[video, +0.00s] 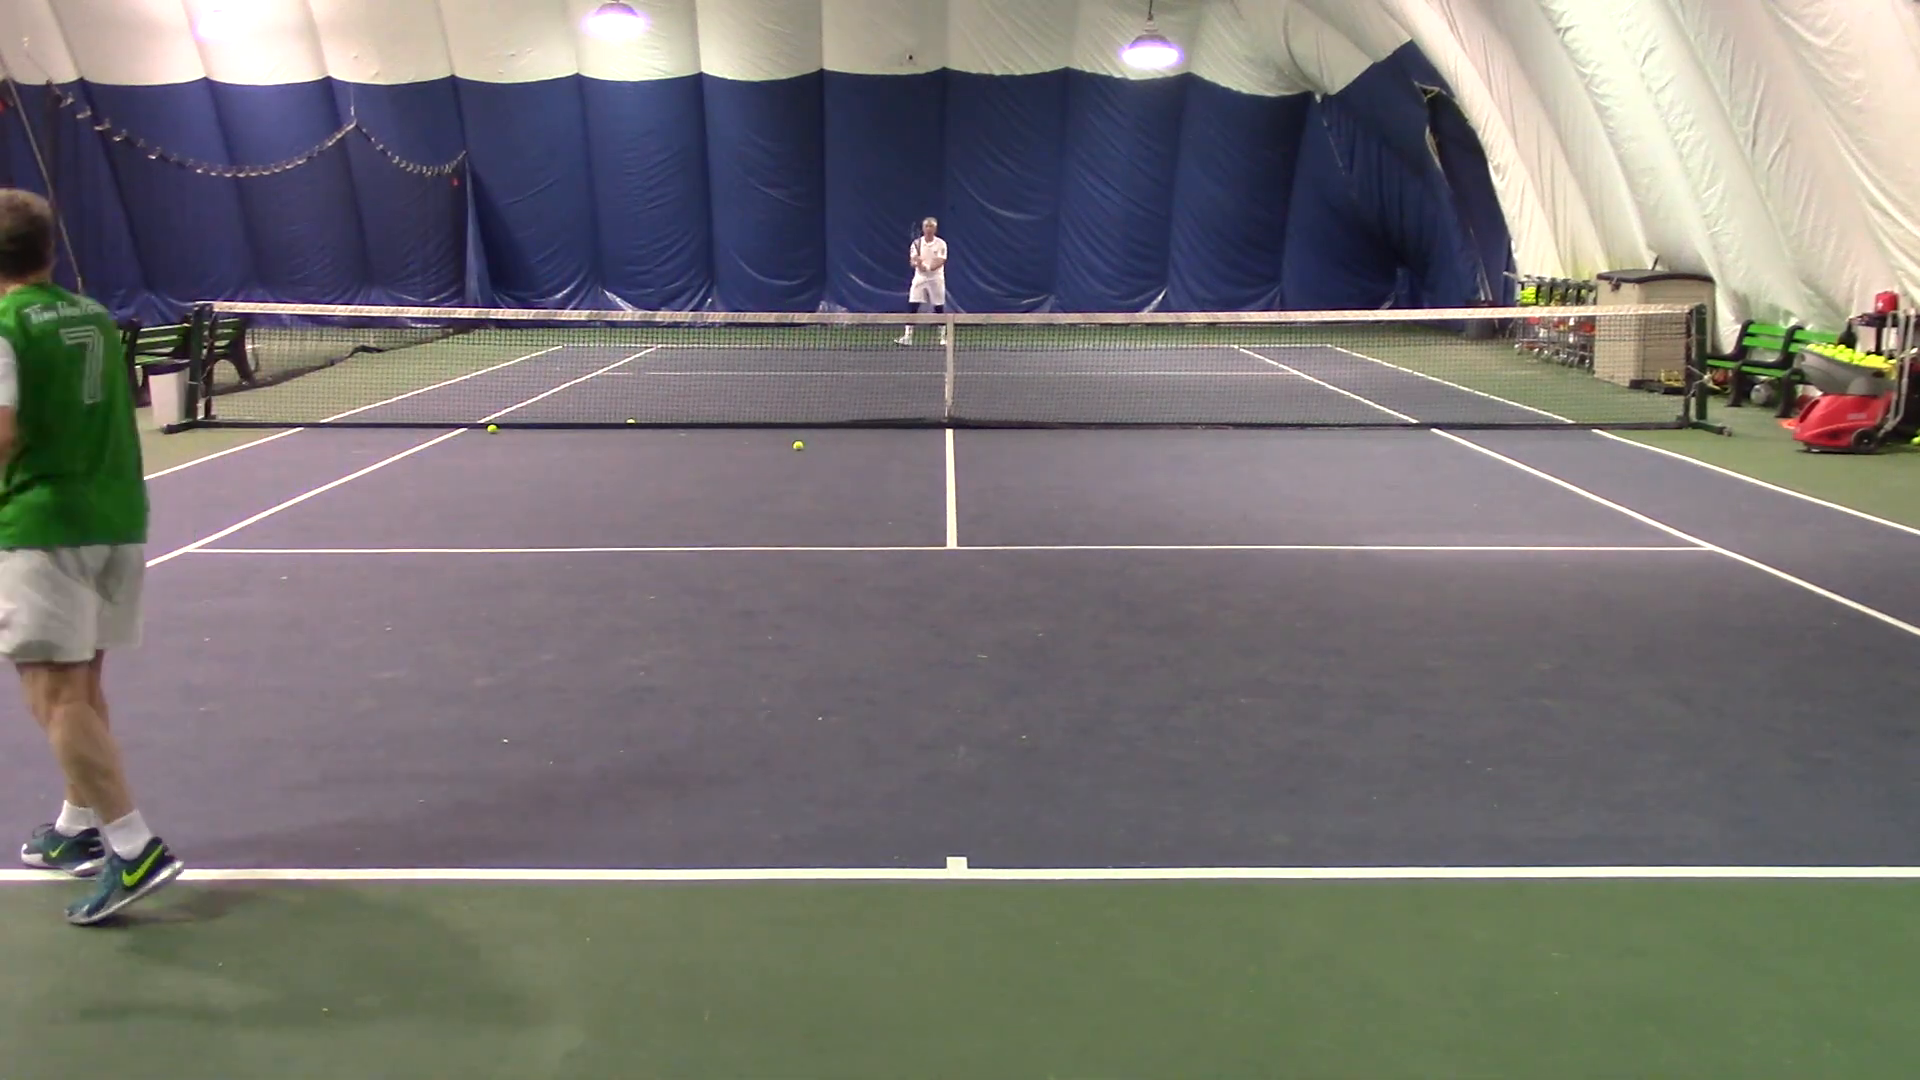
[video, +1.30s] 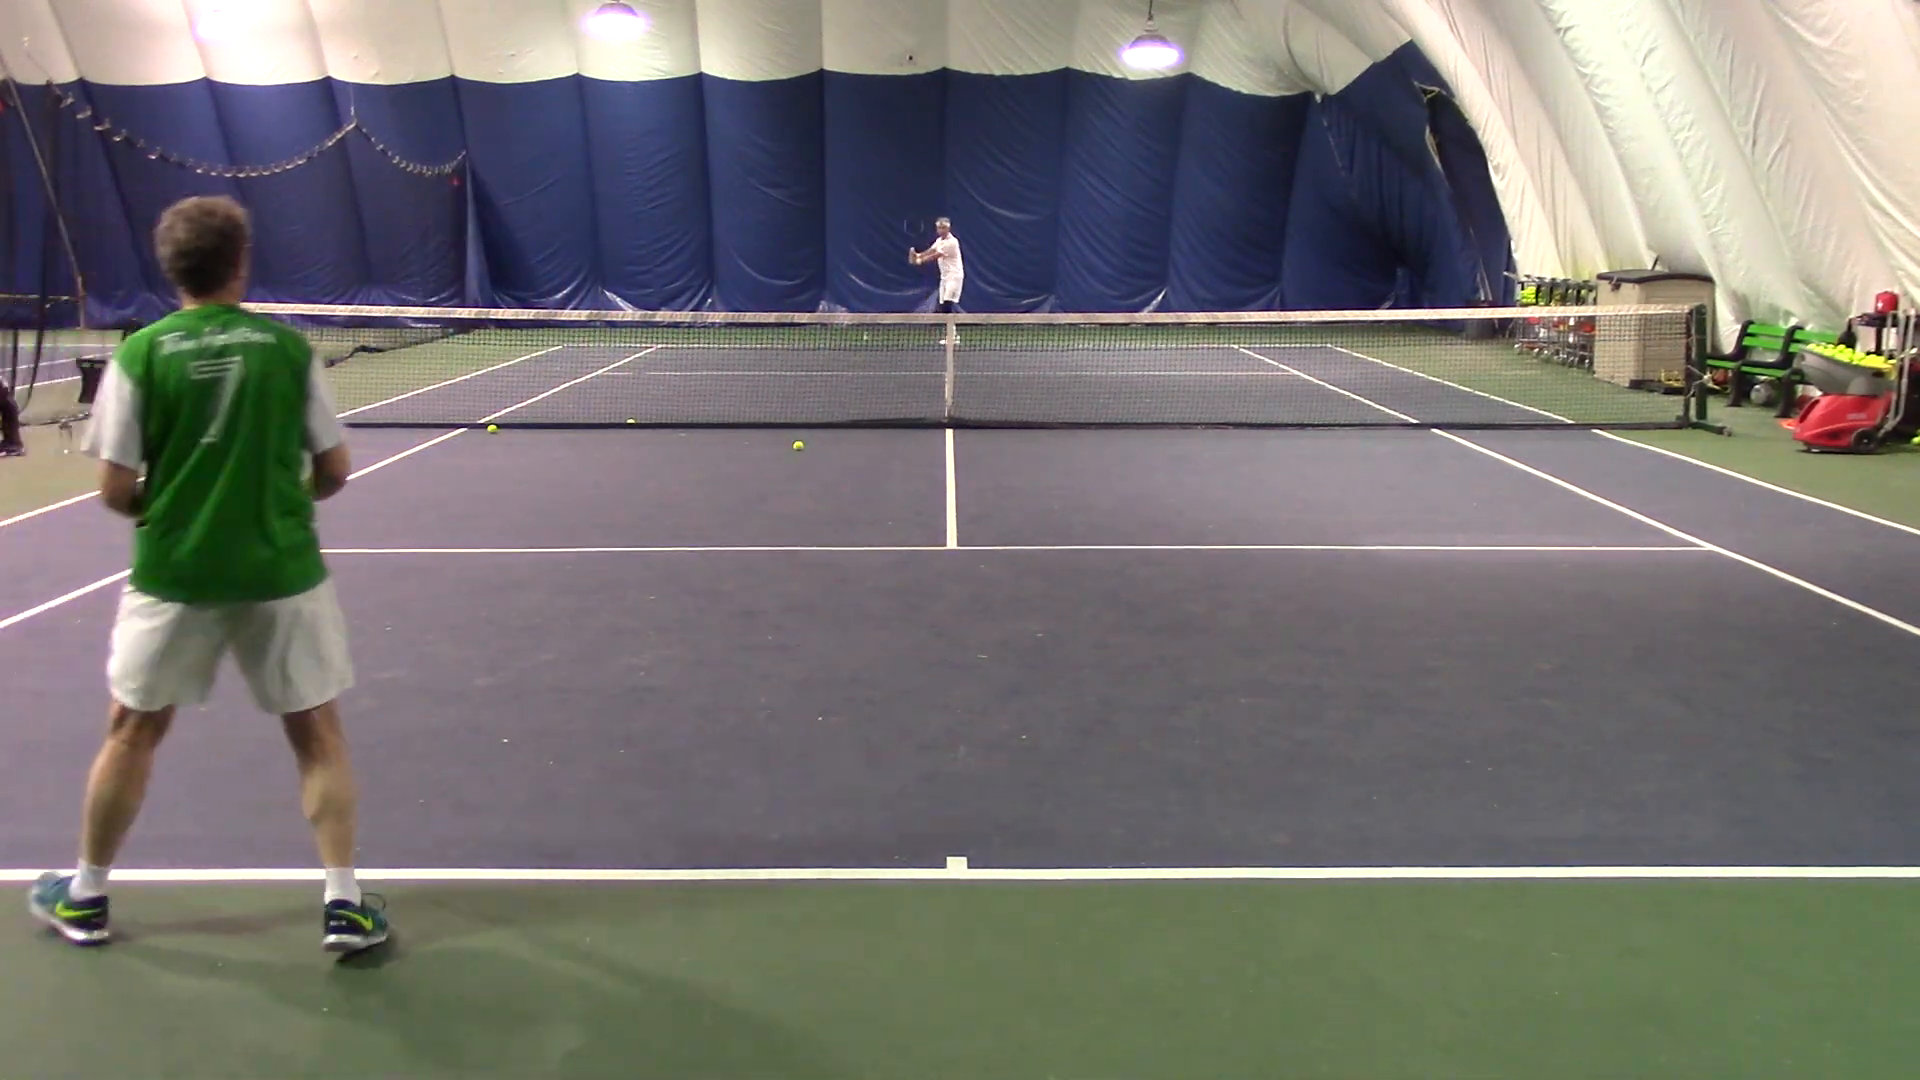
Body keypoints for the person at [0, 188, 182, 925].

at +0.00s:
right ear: (49, 251)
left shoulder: (11, 324)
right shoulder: (97, 316)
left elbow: (8, 432)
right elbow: (115, 417)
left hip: (44, 527)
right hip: (116, 520)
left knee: (55, 698)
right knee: (81, 684)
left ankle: (133, 845)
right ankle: (77, 825)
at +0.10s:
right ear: (58, 237)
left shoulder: (4, 311)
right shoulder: (109, 305)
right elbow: (145, 368)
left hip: (26, 521)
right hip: (106, 517)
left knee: (47, 690)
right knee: (86, 679)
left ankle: (122, 836)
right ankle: (77, 825)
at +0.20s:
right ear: (55, 236)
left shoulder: (1, 308)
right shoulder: (102, 300)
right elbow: (207, 305)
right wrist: (292, 294)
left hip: (19, 525)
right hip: (96, 517)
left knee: (48, 689)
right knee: (82, 681)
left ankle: (113, 834)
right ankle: (76, 827)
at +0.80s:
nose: (76, 239)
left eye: (67, 228)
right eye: (72, 228)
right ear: (64, 237)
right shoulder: (112, 315)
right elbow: (237, 354)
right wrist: (353, 341)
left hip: (20, 547)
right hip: (120, 536)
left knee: (48, 718)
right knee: (135, 692)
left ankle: (69, 893)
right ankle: (155, 831)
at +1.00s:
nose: (105, 241)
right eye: (105, 230)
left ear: (30, 251)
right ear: (105, 241)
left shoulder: (9, 332)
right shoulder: (152, 322)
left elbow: (6, 439)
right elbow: (245, 410)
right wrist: (326, 414)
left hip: (57, 556)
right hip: (161, 544)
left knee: (54, 728)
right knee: (204, 700)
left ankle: (70, 893)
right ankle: (266, 857)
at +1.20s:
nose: (198, 260)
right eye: (195, 250)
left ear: (116, 268)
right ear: (188, 262)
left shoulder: (87, 353)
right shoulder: (235, 347)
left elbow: (69, 488)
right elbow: (290, 461)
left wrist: (75, 538)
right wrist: (294, 489)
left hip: (123, 574)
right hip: (231, 569)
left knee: (89, 725)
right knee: (284, 719)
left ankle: (72, 894)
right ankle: (337, 867)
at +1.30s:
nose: (244, 264)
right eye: (242, 253)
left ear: (169, 270)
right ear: (243, 263)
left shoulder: (141, 353)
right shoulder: (290, 347)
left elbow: (117, 488)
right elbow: (333, 469)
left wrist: (168, 506)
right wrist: (279, 500)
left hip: (176, 574)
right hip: (283, 572)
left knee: (132, 730)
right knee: (317, 735)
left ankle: (87, 894)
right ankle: (344, 900)